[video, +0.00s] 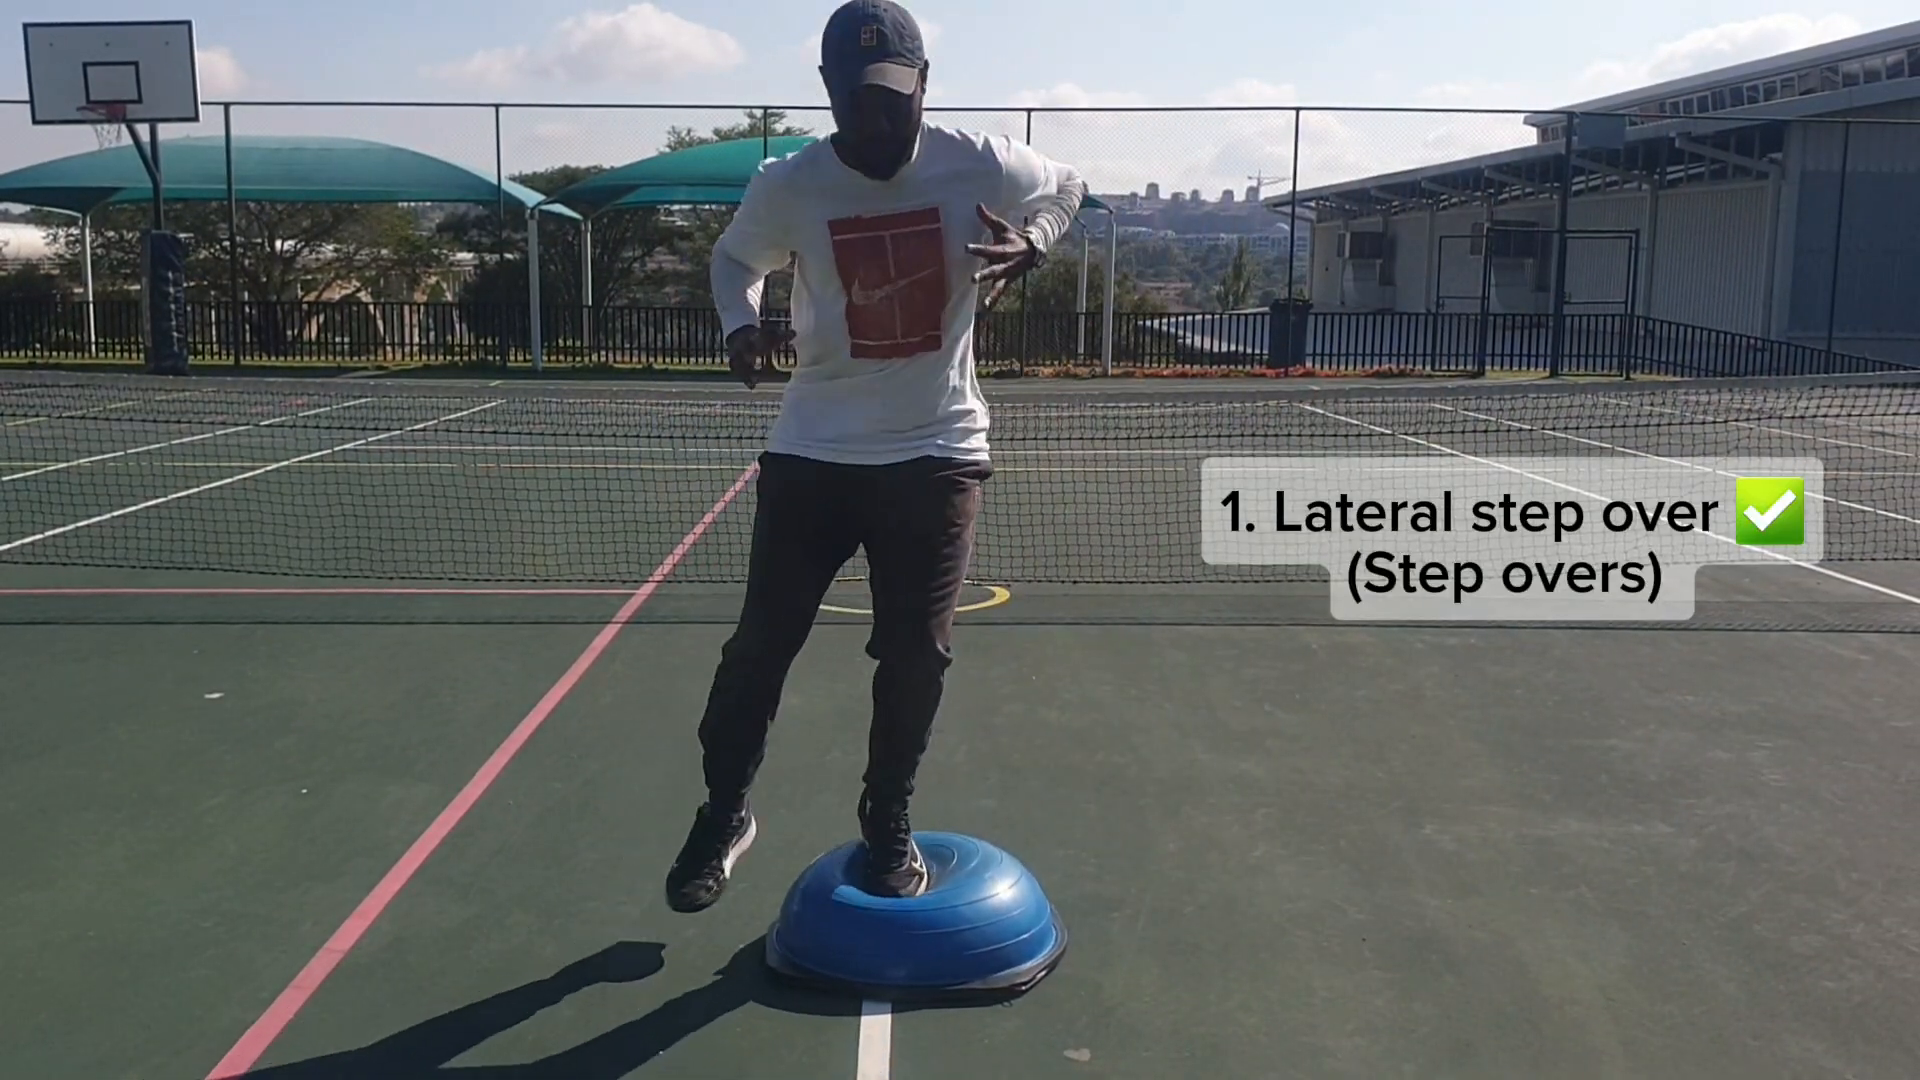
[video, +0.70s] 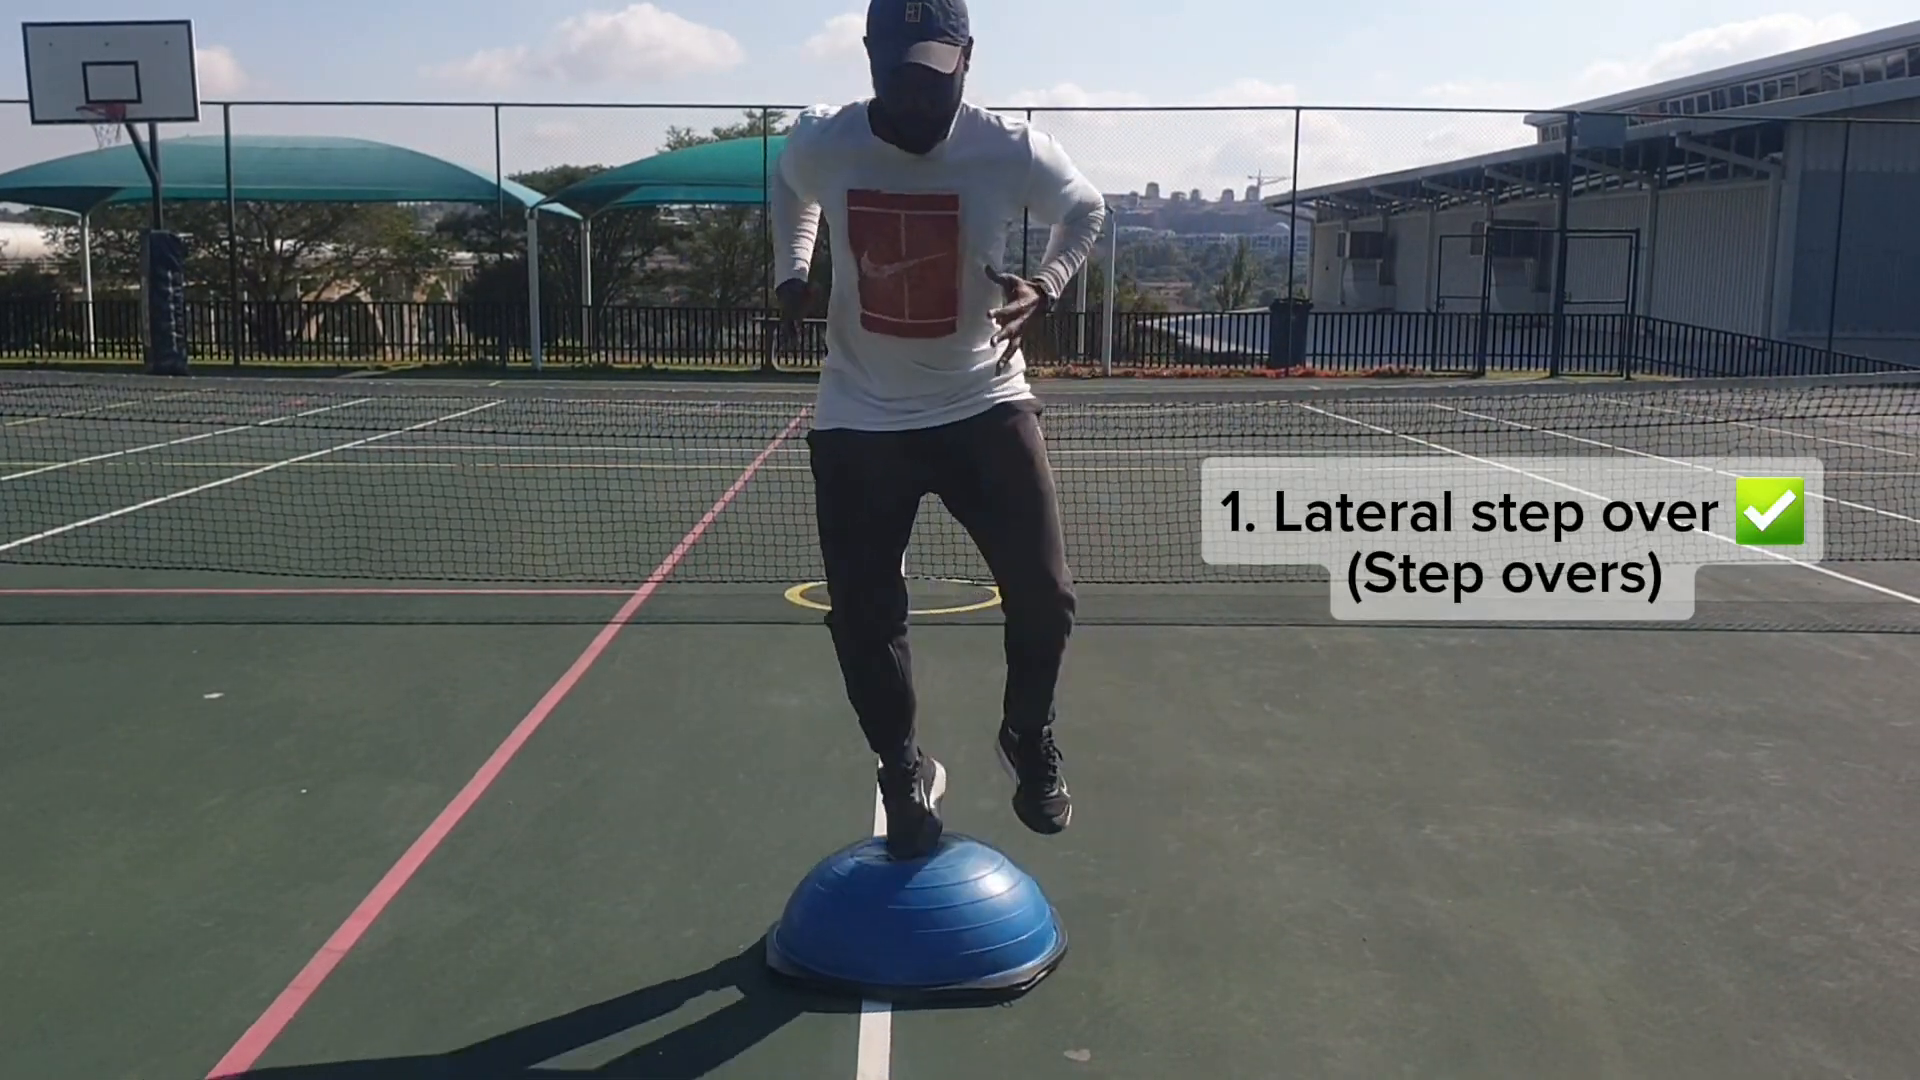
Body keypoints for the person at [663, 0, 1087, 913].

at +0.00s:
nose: (891, 119)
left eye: (904, 98)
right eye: (869, 100)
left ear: (927, 86)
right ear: (832, 94)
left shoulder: (975, 165)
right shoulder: (787, 186)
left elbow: (1065, 190)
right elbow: (735, 261)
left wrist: (1034, 238)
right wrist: (743, 320)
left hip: (936, 447)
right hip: (813, 448)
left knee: (916, 654)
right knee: (763, 640)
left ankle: (888, 827)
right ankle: (723, 815)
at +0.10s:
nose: (903, 88)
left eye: (919, 70)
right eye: (886, 69)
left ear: (948, 51)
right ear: (856, 53)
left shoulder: (1005, 129)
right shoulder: (814, 143)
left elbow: (1085, 172)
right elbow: (743, 210)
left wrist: (1059, 231)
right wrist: (740, 286)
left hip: (979, 393)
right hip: (856, 389)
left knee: (986, 593)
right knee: (818, 590)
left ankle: (939, 756)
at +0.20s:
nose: (928, 93)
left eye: (945, 75)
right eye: (911, 74)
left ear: (975, 59)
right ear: (884, 59)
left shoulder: (1027, 141)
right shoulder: (835, 148)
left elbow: (1113, 195)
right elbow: (766, 193)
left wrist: (1085, 260)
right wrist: (754, 289)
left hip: (1013, 391)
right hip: (889, 399)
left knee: (1054, 584)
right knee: (884, 606)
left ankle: (1041, 731)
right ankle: (924, 767)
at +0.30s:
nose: (969, 137)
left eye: (982, 116)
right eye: (949, 117)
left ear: (1002, 106)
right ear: (907, 108)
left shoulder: (1053, 195)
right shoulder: (854, 193)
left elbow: (1133, 252)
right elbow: (808, 232)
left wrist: (1106, 327)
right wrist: (820, 327)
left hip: (1048, 451)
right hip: (925, 456)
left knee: (1101, 650)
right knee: (913, 652)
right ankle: (936, 803)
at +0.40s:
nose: (981, 227)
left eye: (997, 207)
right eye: (963, 207)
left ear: (1023, 194)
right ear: (933, 198)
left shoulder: (1080, 280)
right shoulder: (887, 284)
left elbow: (1159, 360)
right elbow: (875, 349)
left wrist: (1125, 432)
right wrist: (899, 409)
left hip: (1069, 515)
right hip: (948, 508)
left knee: (1143, 704)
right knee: (892, 661)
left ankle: (1180, 853)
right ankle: (933, 789)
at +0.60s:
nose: (960, 154)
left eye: (974, 135)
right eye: (940, 134)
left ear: (993, 127)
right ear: (899, 126)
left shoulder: (1041, 216)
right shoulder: (850, 207)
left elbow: (1117, 282)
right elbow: (826, 260)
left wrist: (1080, 343)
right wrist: (823, 319)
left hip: (1026, 472)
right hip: (903, 474)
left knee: (1092, 666)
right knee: (900, 670)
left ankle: (1149, 826)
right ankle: (929, 816)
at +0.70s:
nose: (923, 97)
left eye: (939, 78)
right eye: (905, 76)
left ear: (966, 64)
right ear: (874, 60)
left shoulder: (1012, 150)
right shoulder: (819, 147)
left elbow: (1086, 209)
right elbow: (792, 186)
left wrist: (1049, 280)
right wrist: (795, 270)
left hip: (983, 402)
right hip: (860, 412)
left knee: (1045, 594)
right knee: (862, 617)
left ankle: (1029, 735)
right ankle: (902, 774)